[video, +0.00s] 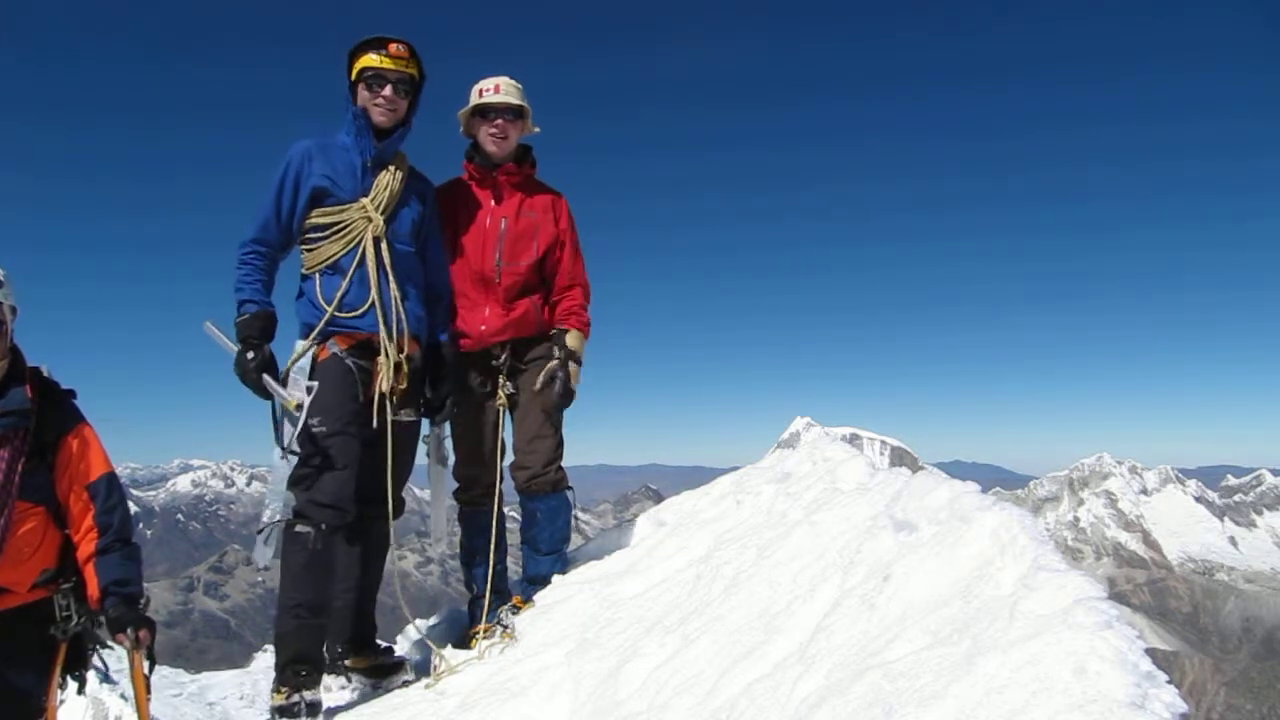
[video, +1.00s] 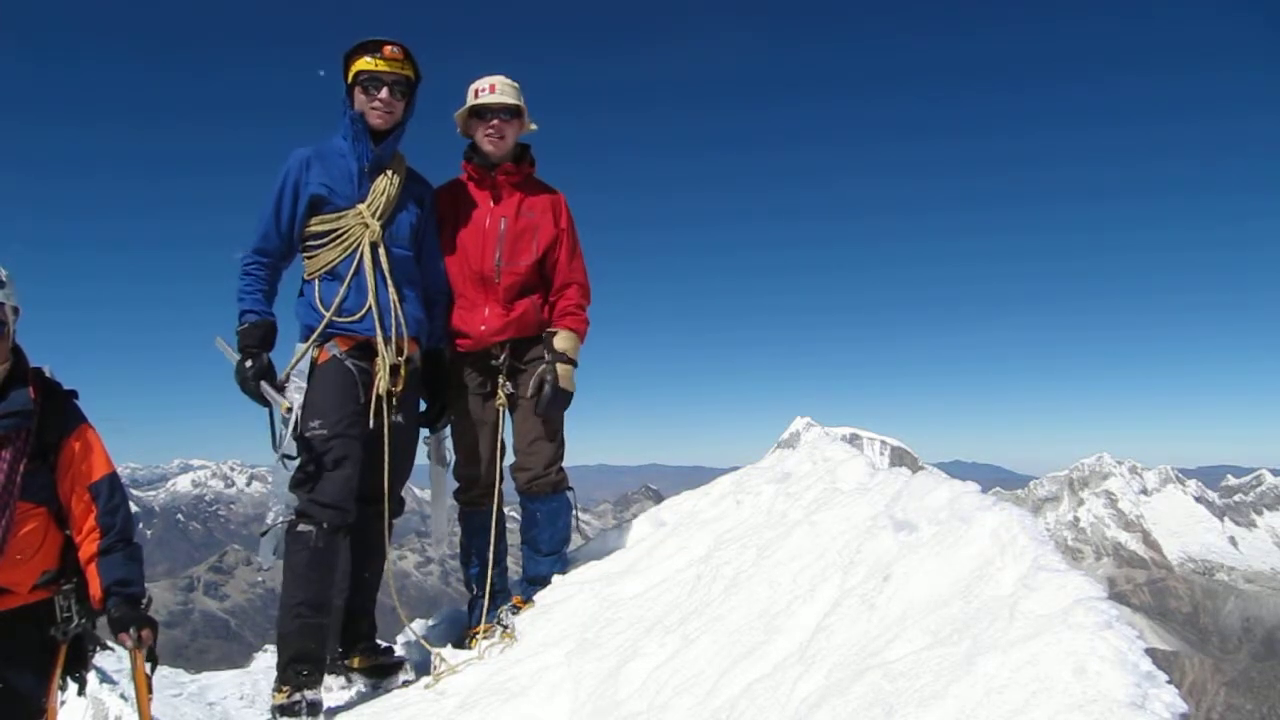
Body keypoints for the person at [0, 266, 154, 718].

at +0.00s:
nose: (1, 328)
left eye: (1, 316)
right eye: (1, 316)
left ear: (10, 319)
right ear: (7, 320)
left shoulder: (45, 409)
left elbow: (97, 507)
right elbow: (98, 507)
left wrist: (118, 596)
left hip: (24, 620)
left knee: (20, 704)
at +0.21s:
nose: (2, 328)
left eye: (2, 317)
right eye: (2, 316)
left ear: (11, 321)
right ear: (8, 321)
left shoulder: (46, 409)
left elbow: (98, 508)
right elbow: (99, 508)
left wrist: (119, 597)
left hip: (24, 619)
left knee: (20, 705)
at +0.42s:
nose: (1, 329)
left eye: (2, 317)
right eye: (1, 317)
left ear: (11, 320)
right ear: (7, 321)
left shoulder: (46, 409)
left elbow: (98, 507)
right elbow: (99, 507)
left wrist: (119, 596)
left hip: (24, 619)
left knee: (20, 705)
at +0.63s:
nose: (1, 329)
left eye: (3, 317)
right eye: (2, 317)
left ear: (12, 321)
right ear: (8, 321)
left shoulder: (47, 409)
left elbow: (99, 507)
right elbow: (100, 507)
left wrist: (119, 596)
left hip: (25, 618)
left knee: (20, 704)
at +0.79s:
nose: (1, 330)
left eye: (3, 317)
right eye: (2, 317)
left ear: (12, 321)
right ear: (9, 321)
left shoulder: (47, 410)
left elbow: (99, 509)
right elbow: (100, 509)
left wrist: (120, 597)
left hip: (25, 618)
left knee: (20, 704)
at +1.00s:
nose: (1, 333)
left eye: (2, 319)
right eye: (2, 319)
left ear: (12, 322)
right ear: (8, 322)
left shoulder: (47, 410)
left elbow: (99, 508)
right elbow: (100, 508)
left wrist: (120, 596)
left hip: (25, 619)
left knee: (20, 705)